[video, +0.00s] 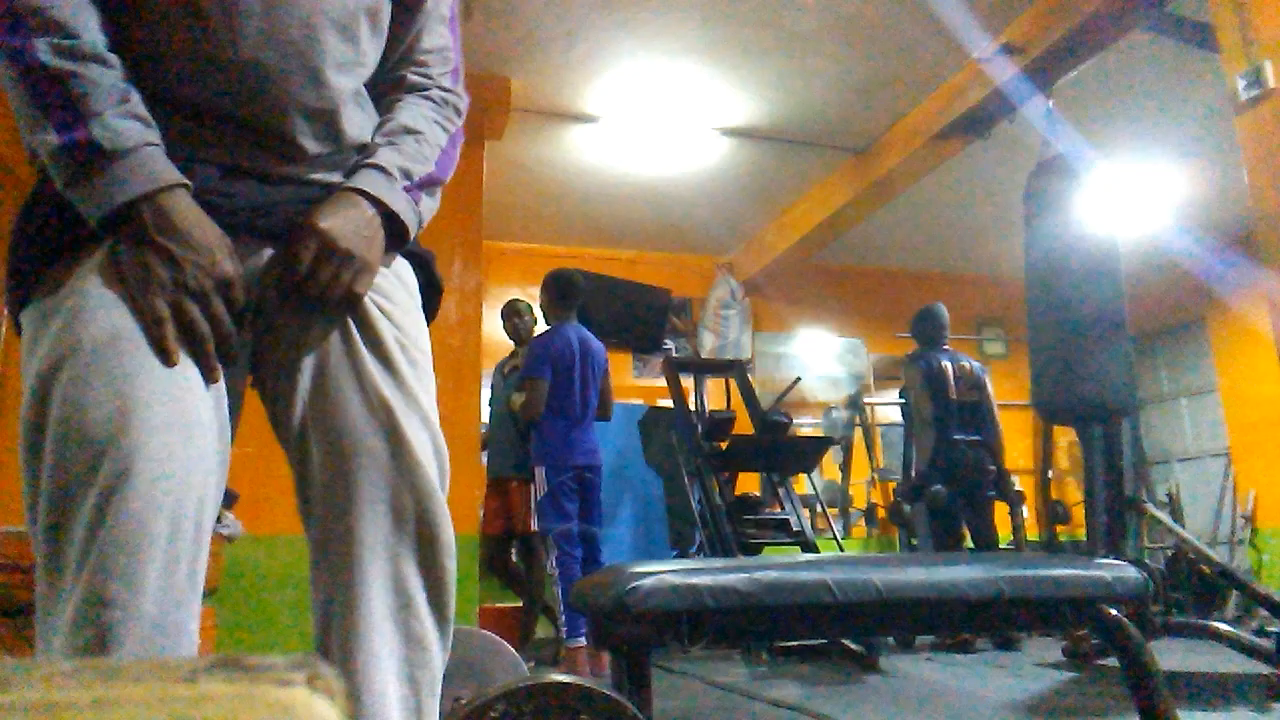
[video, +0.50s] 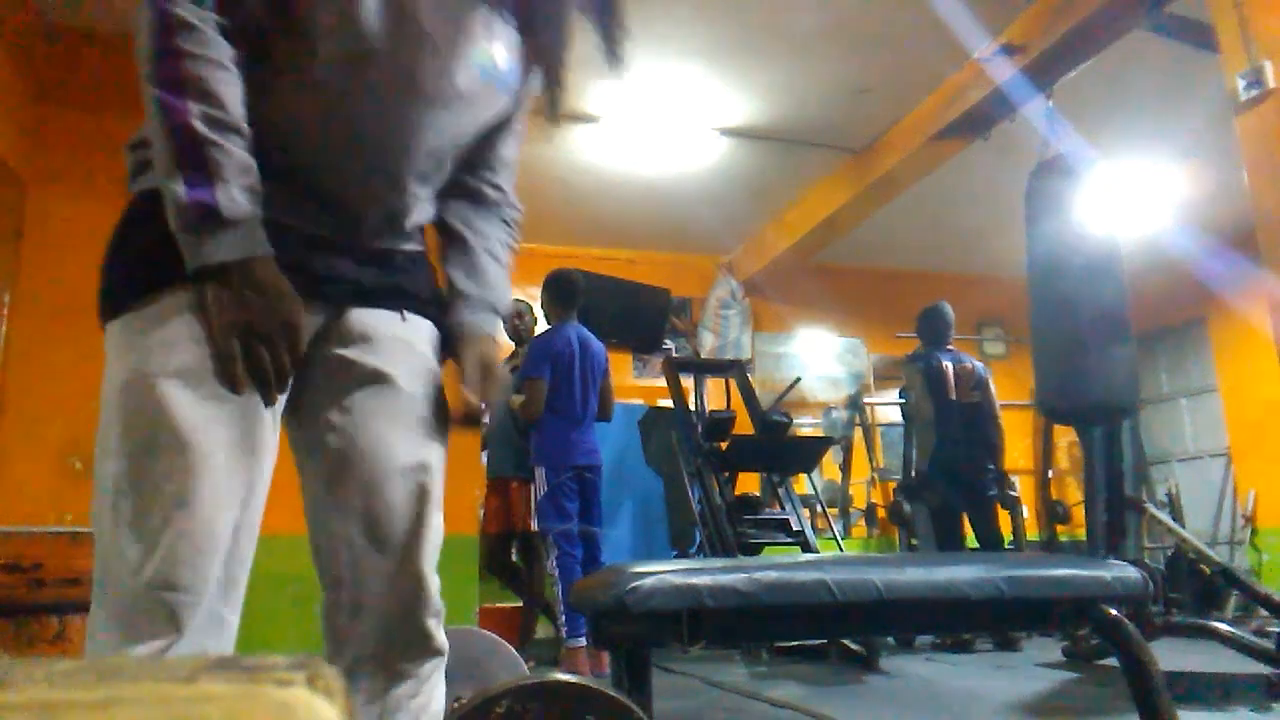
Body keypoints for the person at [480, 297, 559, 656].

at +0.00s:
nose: (514, 324)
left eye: (519, 317)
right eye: (508, 319)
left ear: (534, 319)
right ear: (503, 327)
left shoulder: (545, 361)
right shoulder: (502, 368)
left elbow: (543, 411)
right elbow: (501, 421)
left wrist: (518, 404)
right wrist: (482, 439)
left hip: (528, 469)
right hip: (500, 469)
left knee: (532, 554)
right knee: (494, 560)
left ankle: (525, 640)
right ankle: (552, 606)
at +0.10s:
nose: (515, 323)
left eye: (521, 316)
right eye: (509, 319)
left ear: (534, 320)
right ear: (503, 326)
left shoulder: (545, 362)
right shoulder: (503, 368)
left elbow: (540, 413)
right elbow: (501, 422)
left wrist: (517, 399)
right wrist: (480, 440)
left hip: (529, 470)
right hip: (501, 471)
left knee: (532, 551)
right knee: (494, 560)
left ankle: (525, 639)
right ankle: (555, 613)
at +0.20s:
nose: (516, 323)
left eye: (521, 316)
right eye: (509, 319)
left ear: (534, 320)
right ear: (504, 326)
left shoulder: (545, 362)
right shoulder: (503, 366)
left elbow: (545, 414)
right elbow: (502, 419)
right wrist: (485, 438)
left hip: (529, 470)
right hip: (500, 470)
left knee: (532, 552)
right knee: (494, 559)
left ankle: (526, 639)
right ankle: (554, 609)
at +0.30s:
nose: (515, 324)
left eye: (520, 317)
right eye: (508, 319)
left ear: (534, 321)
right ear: (503, 326)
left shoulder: (544, 363)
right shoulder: (502, 367)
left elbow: (542, 414)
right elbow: (502, 419)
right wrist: (486, 437)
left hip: (528, 470)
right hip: (500, 470)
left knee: (532, 553)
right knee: (494, 560)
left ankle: (525, 639)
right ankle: (556, 612)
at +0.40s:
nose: (514, 324)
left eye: (520, 317)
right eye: (508, 319)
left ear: (534, 321)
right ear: (503, 326)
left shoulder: (545, 364)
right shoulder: (502, 368)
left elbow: (544, 413)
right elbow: (501, 422)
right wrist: (481, 439)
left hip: (529, 470)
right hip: (500, 470)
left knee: (531, 553)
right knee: (494, 559)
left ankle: (524, 641)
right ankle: (553, 610)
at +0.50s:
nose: (515, 323)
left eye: (521, 316)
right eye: (510, 318)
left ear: (534, 321)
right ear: (504, 326)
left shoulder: (544, 363)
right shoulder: (501, 367)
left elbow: (545, 412)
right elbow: (493, 415)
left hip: (531, 467)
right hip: (500, 468)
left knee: (532, 553)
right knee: (494, 560)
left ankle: (524, 639)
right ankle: (553, 611)